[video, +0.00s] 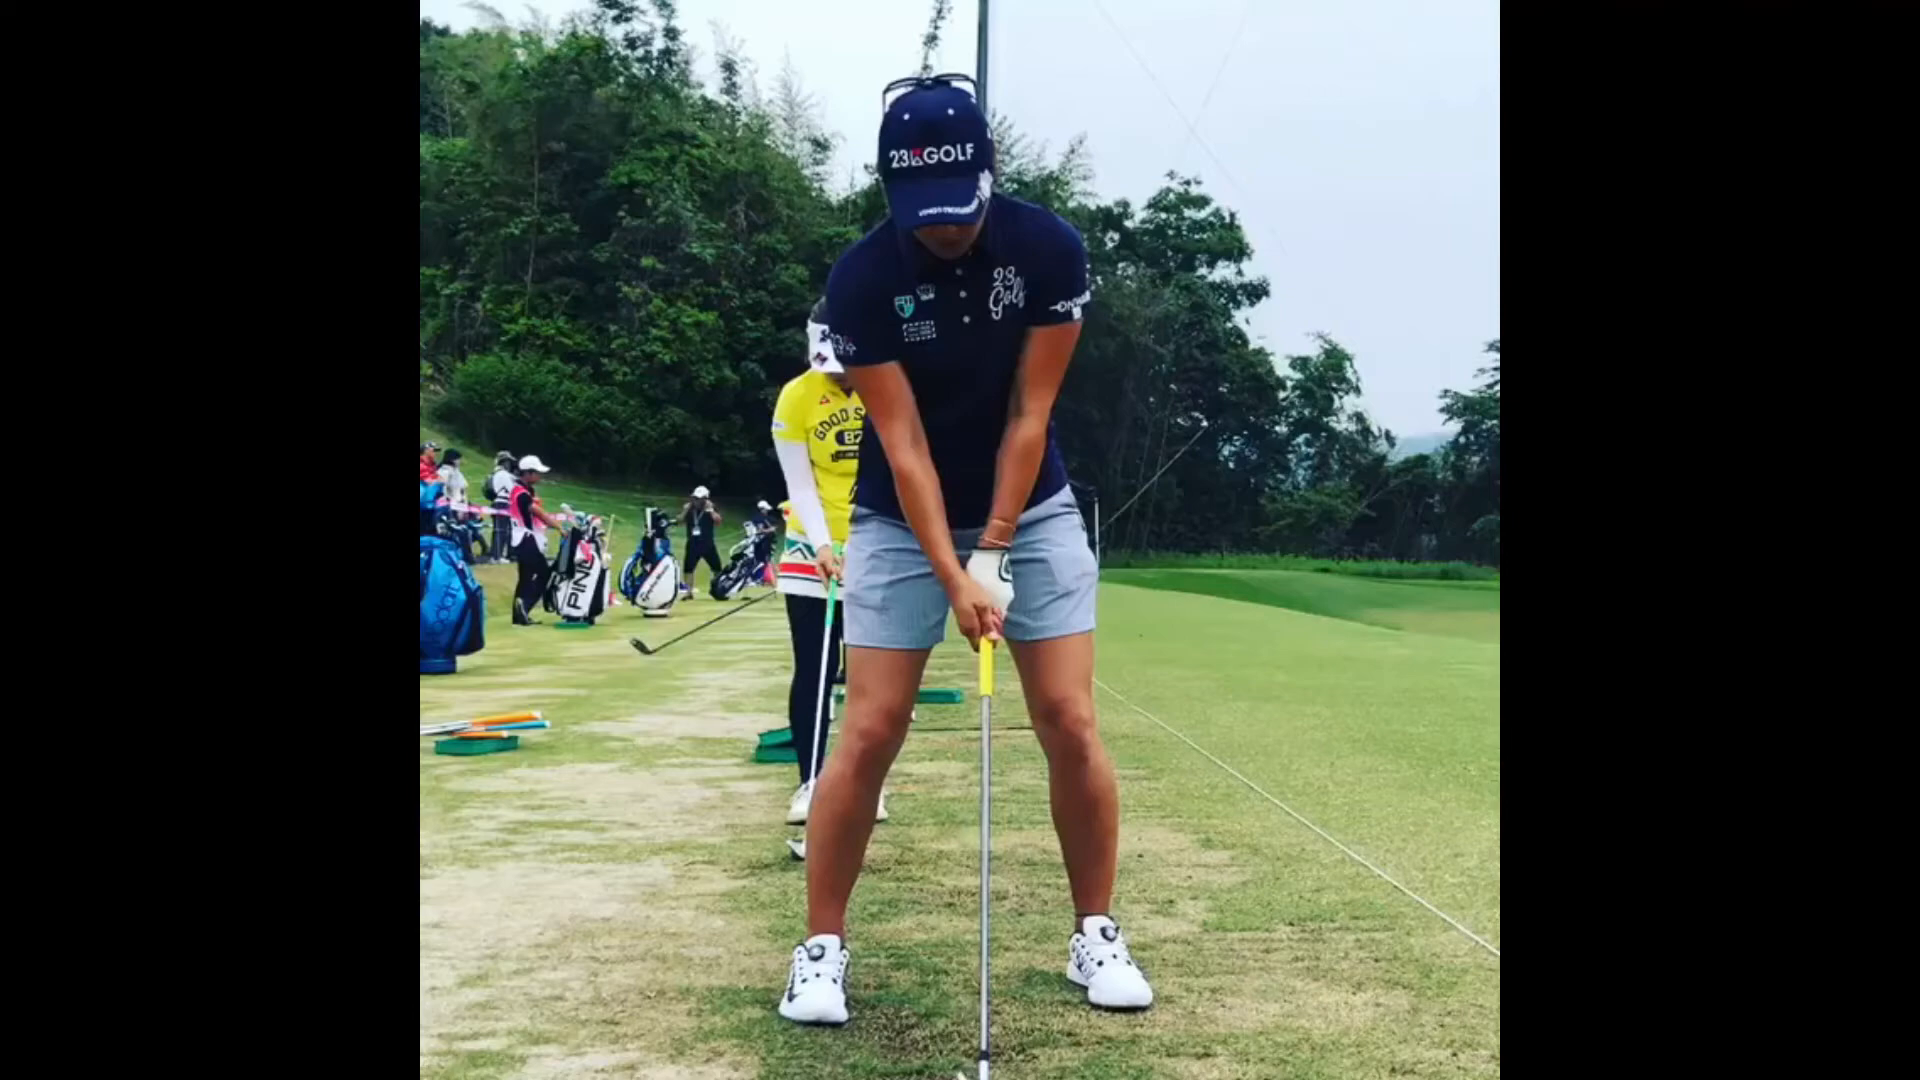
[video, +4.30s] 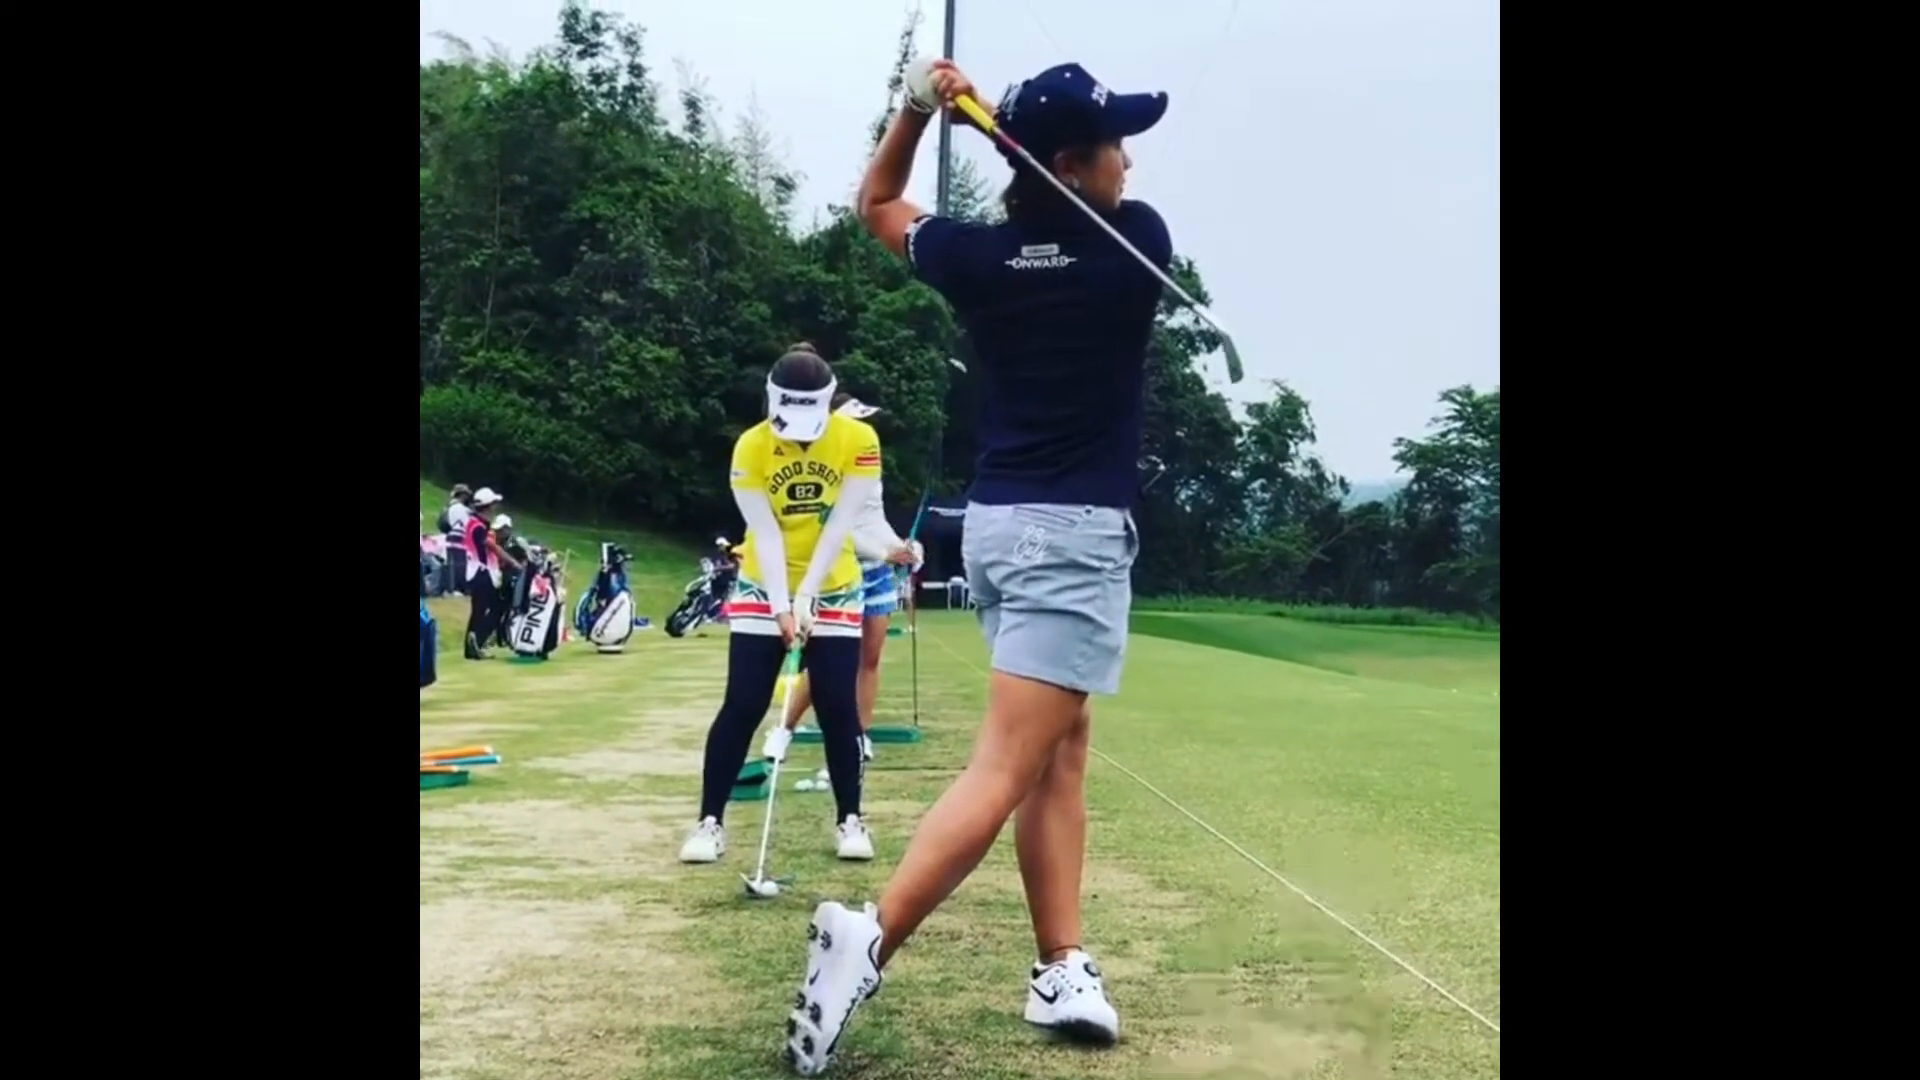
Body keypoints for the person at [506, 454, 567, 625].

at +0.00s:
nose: (539, 478)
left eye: (539, 474)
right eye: (537, 474)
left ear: (527, 474)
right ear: (528, 474)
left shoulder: (519, 491)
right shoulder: (522, 494)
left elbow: (537, 512)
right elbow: (540, 514)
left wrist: (556, 520)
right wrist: (559, 528)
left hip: (521, 535)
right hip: (526, 537)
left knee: (526, 575)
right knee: (544, 571)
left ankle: (519, 612)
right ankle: (525, 604)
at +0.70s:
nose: (516, 480)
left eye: (516, 477)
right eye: (513, 477)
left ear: (505, 478)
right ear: (503, 478)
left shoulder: (500, 495)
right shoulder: (500, 499)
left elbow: (517, 516)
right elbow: (518, 518)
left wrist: (536, 523)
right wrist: (538, 532)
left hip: (503, 541)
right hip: (504, 542)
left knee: (504, 579)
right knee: (521, 577)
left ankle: (498, 618)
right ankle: (504, 609)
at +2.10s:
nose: (538, 485)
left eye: (538, 481)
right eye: (535, 481)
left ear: (528, 483)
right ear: (526, 483)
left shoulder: (522, 499)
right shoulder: (522, 503)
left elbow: (538, 522)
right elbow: (539, 523)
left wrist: (556, 528)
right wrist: (557, 533)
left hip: (524, 544)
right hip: (526, 546)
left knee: (525, 584)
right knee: (543, 581)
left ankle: (519, 622)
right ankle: (525, 613)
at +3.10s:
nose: (526, 497)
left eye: (526, 493)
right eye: (523, 494)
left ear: (512, 495)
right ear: (515, 495)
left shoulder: (507, 512)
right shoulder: (509, 516)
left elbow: (523, 534)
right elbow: (525, 537)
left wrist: (540, 542)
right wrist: (544, 548)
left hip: (508, 557)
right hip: (511, 559)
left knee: (510, 597)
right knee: (528, 594)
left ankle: (504, 635)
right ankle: (510, 626)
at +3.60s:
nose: (503, 501)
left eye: (503, 498)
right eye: (501, 498)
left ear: (487, 498)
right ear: (494, 499)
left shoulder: (482, 516)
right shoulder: (486, 520)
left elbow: (500, 539)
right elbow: (502, 541)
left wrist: (517, 549)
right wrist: (521, 552)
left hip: (483, 560)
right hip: (488, 563)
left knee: (486, 601)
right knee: (504, 599)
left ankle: (479, 639)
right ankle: (485, 631)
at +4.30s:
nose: (495, 508)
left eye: (495, 505)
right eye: (493, 505)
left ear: (479, 506)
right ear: (486, 507)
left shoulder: (472, 523)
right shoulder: (479, 527)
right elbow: (495, 549)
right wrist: (515, 564)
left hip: (475, 568)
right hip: (483, 571)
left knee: (479, 608)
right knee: (497, 606)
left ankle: (472, 644)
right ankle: (478, 638)